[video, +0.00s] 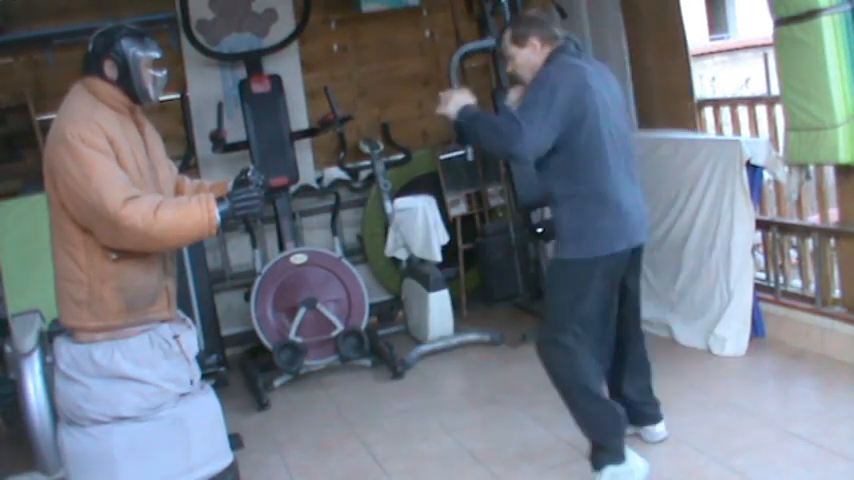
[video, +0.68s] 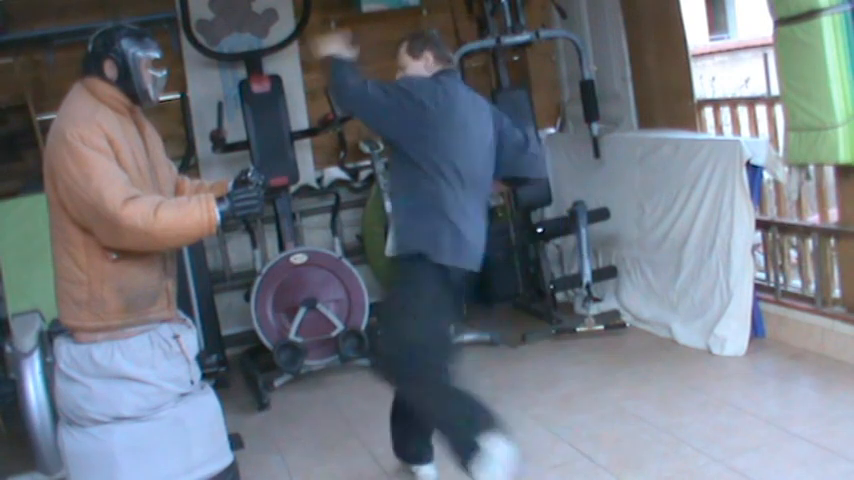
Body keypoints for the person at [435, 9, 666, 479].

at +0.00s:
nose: (512, 71)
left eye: (512, 60)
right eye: (508, 63)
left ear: (535, 44)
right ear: (545, 43)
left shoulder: (560, 77)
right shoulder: (598, 72)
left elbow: (524, 142)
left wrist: (465, 113)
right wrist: (525, 103)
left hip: (590, 234)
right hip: (628, 225)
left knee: (559, 339)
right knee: (621, 327)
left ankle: (613, 453)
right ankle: (645, 417)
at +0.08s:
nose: (499, 72)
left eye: (501, 62)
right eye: (497, 64)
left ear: (527, 52)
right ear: (530, 53)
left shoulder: (564, 83)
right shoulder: (561, 81)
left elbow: (540, 147)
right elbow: (546, 143)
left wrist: (480, 107)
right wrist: (505, 113)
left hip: (587, 240)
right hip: (608, 232)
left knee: (547, 347)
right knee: (610, 330)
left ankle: (585, 456)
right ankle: (646, 413)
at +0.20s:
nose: (484, 78)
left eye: (488, 69)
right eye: (481, 70)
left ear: (518, 57)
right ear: (508, 60)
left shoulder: (563, 91)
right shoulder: (527, 96)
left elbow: (543, 150)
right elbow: (508, 161)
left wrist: (480, 104)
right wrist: (473, 128)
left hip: (579, 247)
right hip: (559, 246)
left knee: (554, 363)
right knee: (606, 337)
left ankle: (540, 470)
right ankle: (651, 413)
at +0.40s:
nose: (438, 74)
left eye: (442, 64)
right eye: (436, 66)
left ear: (469, 54)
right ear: (464, 56)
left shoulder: (509, 90)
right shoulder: (481, 99)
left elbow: (512, 156)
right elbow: (459, 176)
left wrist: (445, 120)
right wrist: (445, 126)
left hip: (528, 247)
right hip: (526, 245)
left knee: (523, 357)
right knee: (551, 335)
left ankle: (545, 467)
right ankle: (608, 398)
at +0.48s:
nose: (418, 76)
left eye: (423, 66)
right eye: (416, 67)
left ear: (452, 57)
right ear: (455, 60)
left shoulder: (476, 93)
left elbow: (466, 147)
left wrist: (378, 120)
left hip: (499, 253)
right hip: (517, 248)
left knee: (513, 359)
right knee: (524, 352)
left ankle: (544, 464)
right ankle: (539, 443)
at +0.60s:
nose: (401, 80)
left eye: (405, 70)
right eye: (400, 71)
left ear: (429, 60)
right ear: (439, 62)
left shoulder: (430, 102)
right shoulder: (488, 105)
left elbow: (363, 109)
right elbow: (540, 164)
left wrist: (354, 65)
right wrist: (484, 178)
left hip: (462, 261)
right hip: (493, 257)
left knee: (491, 370)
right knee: (449, 365)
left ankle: (535, 469)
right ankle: (420, 448)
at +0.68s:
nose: (400, 74)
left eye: (404, 65)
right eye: (400, 66)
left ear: (427, 59)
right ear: (444, 62)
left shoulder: (419, 97)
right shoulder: (484, 111)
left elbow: (354, 96)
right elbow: (528, 161)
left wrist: (338, 58)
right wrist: (485, 168)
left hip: (424, 249)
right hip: (462, 254)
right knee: (419, 355)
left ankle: (484, 440)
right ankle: (417, 458)